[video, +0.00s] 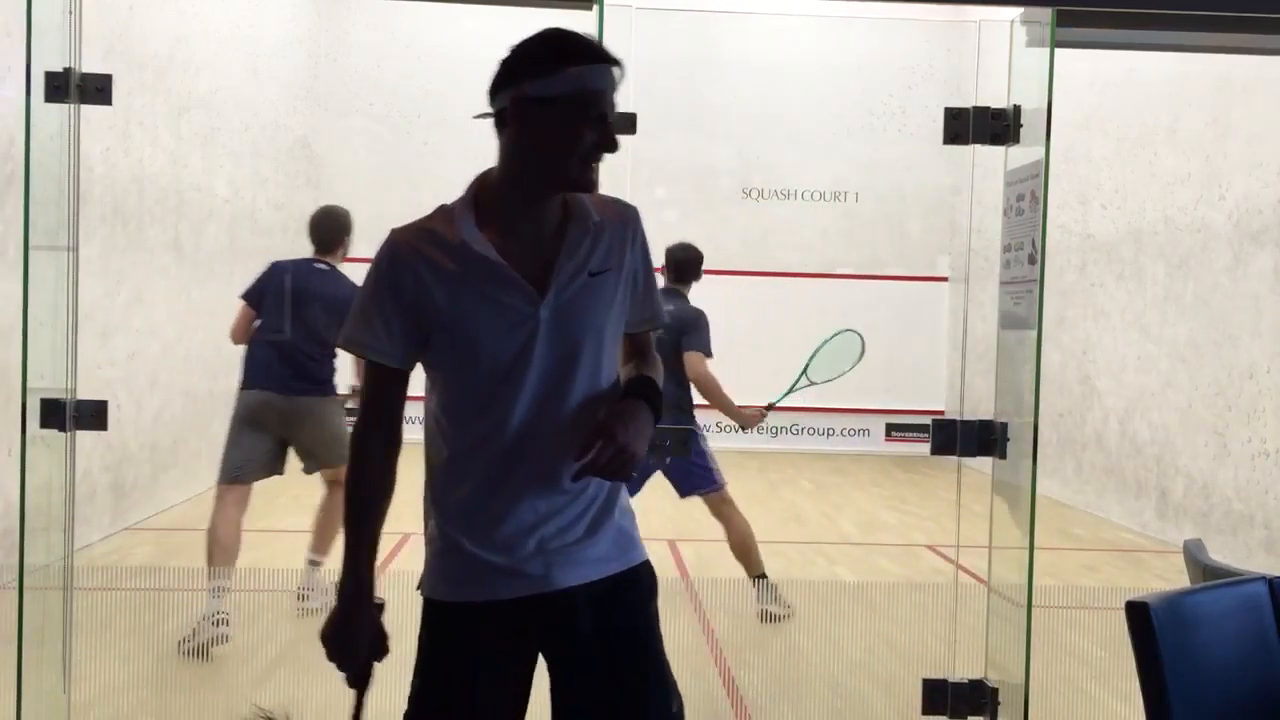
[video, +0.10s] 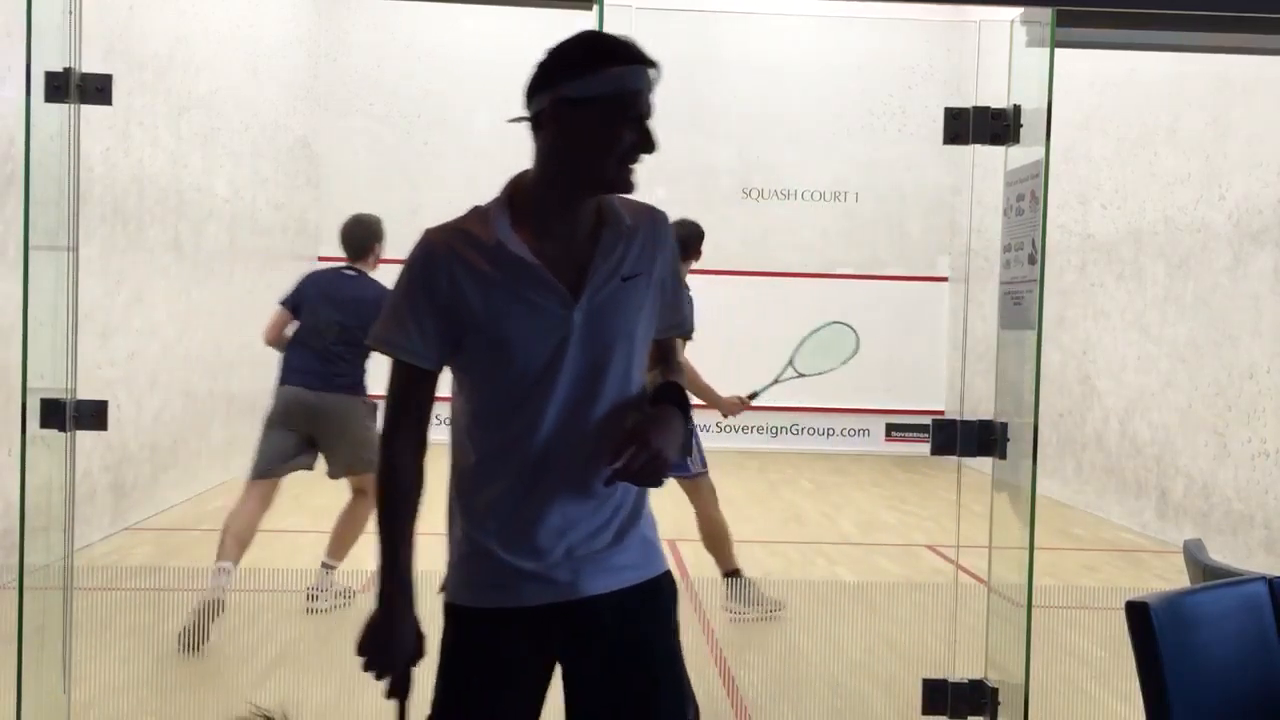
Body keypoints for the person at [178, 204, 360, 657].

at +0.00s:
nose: (348, 245)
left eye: (339, 236)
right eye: (349, 239)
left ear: (311, 237)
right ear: (346, 243)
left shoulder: (277, 273)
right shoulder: (350, 294)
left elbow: (239, 333)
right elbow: (364, 365)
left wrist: (275, 336)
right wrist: (363, 397)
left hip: (257, 398)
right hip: (313, 403)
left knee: (231, 499)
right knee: (340, 481)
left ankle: (216, 608)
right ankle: (312, 580)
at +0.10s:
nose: (383, 252)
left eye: (379, 244)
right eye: (382, 246)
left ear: (343, 247)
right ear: (377, 251)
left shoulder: (314, 281)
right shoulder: (382, 297)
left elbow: (272, 335)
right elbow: (399, 350)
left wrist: (304, 349)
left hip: (293, 396)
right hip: (344, 403)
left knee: (257, 493)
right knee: (365, 493)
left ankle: (217, 586)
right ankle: (324, 583)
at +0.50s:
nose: (511, 259)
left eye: (510, 252)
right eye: (508, 252)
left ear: (479, 256)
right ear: (491, 254)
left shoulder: (446, 294)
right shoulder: (505, 297)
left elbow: (413, 345)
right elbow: (517, 360)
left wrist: (384, 396)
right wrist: (514, 389)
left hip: (449, 399)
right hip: (477, 404)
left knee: (490, 473)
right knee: (453, 501)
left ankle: (514, 548)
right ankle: (367, 550)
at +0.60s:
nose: (540, 259)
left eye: (539, 253)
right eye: (536, 253)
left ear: (510, 256)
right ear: (515, 254)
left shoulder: (477, 295)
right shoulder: (530, 299)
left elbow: (451, 350)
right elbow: (541, 360)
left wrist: (425, 399)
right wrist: (548, 389)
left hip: (476, 398)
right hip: (504, 403)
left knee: (521, 461)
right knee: (506, 500)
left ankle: (523, 548)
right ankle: (420, 541)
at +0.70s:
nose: (567, 248)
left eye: (568, 241)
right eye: (562, 241)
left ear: (536, 244)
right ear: (540, 242)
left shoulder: (505, 280)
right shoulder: (551, 287)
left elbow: (481, 337)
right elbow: (561, 349)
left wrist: (479, 388)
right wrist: (575, 377)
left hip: (498, 385)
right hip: (526, 390)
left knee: (526, 463)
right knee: (554, 481)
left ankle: (524, 549)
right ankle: (476, 536)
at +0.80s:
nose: (589, 241)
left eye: (590, 234)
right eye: (584, 233)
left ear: (561, 237)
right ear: (562, 234)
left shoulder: (530, 270)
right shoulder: (569, 279)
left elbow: (505, 325)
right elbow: (578, 343)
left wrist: (537, 342)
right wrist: (598, 363)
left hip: (516, 377)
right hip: (545, 382)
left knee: (531, 456)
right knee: (586, 463)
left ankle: (524, 545)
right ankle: (544, 542)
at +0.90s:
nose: (611, 243)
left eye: (613, 236)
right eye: (606, 234)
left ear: (582, 237)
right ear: (582, 234)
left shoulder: (552, 269)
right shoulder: (587, 278)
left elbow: (530, 321)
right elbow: (593, 336)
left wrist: (566, 337)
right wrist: (623, 364)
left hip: (538, 378)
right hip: (566, 382)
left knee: (542, 458)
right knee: (602, 457)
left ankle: (527, 547)